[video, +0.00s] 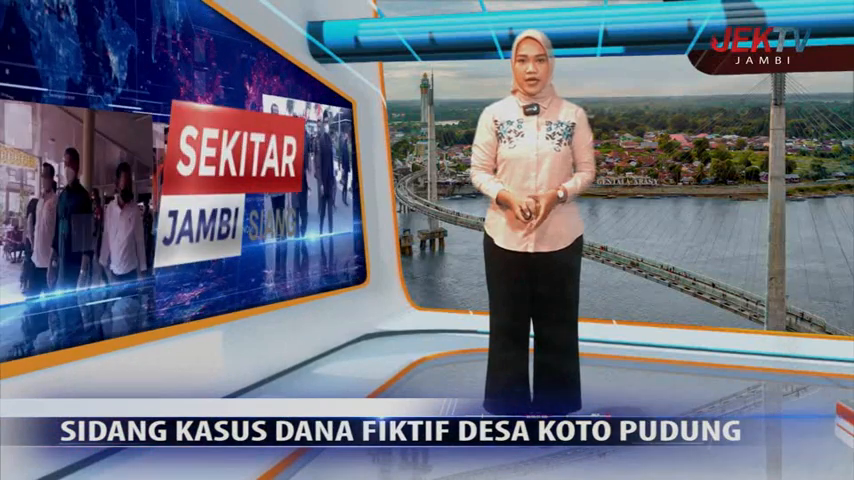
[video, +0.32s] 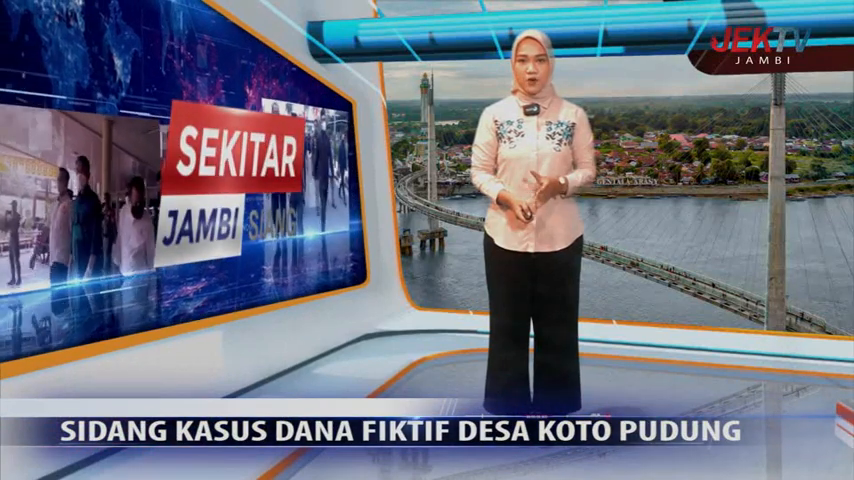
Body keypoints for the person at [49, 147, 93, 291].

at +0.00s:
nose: (66, 169)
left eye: (70, 165)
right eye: (65, 164)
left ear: (77, 167)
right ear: (63, 167)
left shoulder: (83, 196)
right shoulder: (62, 195)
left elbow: (88, 228)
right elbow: (58, 225)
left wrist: (86, 255)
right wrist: (54, 253)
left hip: (75, 252)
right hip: (61, 250)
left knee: (69, 293)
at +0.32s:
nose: (79, 178)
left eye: (82, 175)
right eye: (78, 174)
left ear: (88, 176)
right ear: (76, 176)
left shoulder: (92, 199)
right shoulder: (77, 199)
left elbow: (96, 229)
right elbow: (74, 226)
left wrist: (93, 255)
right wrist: (72, 253)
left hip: (90, 251)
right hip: (77, 251)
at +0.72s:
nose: (90, 175)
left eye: (93, 172)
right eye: (89, 172)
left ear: (98, 173)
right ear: (87, 173)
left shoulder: (103, 194)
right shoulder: (89, 194)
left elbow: (108, 220)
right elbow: (85, 220)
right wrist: (81, 244)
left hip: (99, 243)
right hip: (88, 243)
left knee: (97, 277)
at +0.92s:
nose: (96, 178)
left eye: (99, 175)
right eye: (95, 174)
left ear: (104, 176)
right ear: (93, 177)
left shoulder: (109, 198)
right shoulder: (95, 197)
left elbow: (114, 222)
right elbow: (90, 221)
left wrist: (115, 245)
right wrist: (86, 242)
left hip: (106, 244)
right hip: (96, 244)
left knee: (104, 278)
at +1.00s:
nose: (97, 180)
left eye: (100, 176)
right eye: (96, 176)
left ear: (105, 178)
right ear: (94, 179)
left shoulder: (110, 199)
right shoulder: (96, 198)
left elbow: (115, 224)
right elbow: (91, 223)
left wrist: (116, 246)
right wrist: (87, 245)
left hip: (107, 245)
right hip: (97, 245)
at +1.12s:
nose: (97, 179)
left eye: (100, 175)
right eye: (96, 175)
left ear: (105, 176)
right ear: (95, 176)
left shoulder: (108, 200)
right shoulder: (95, 199)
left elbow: (113, 227)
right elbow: (91, 224)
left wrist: (114, 250)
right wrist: (87, 247)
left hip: (104, 248)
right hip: (93, 247)